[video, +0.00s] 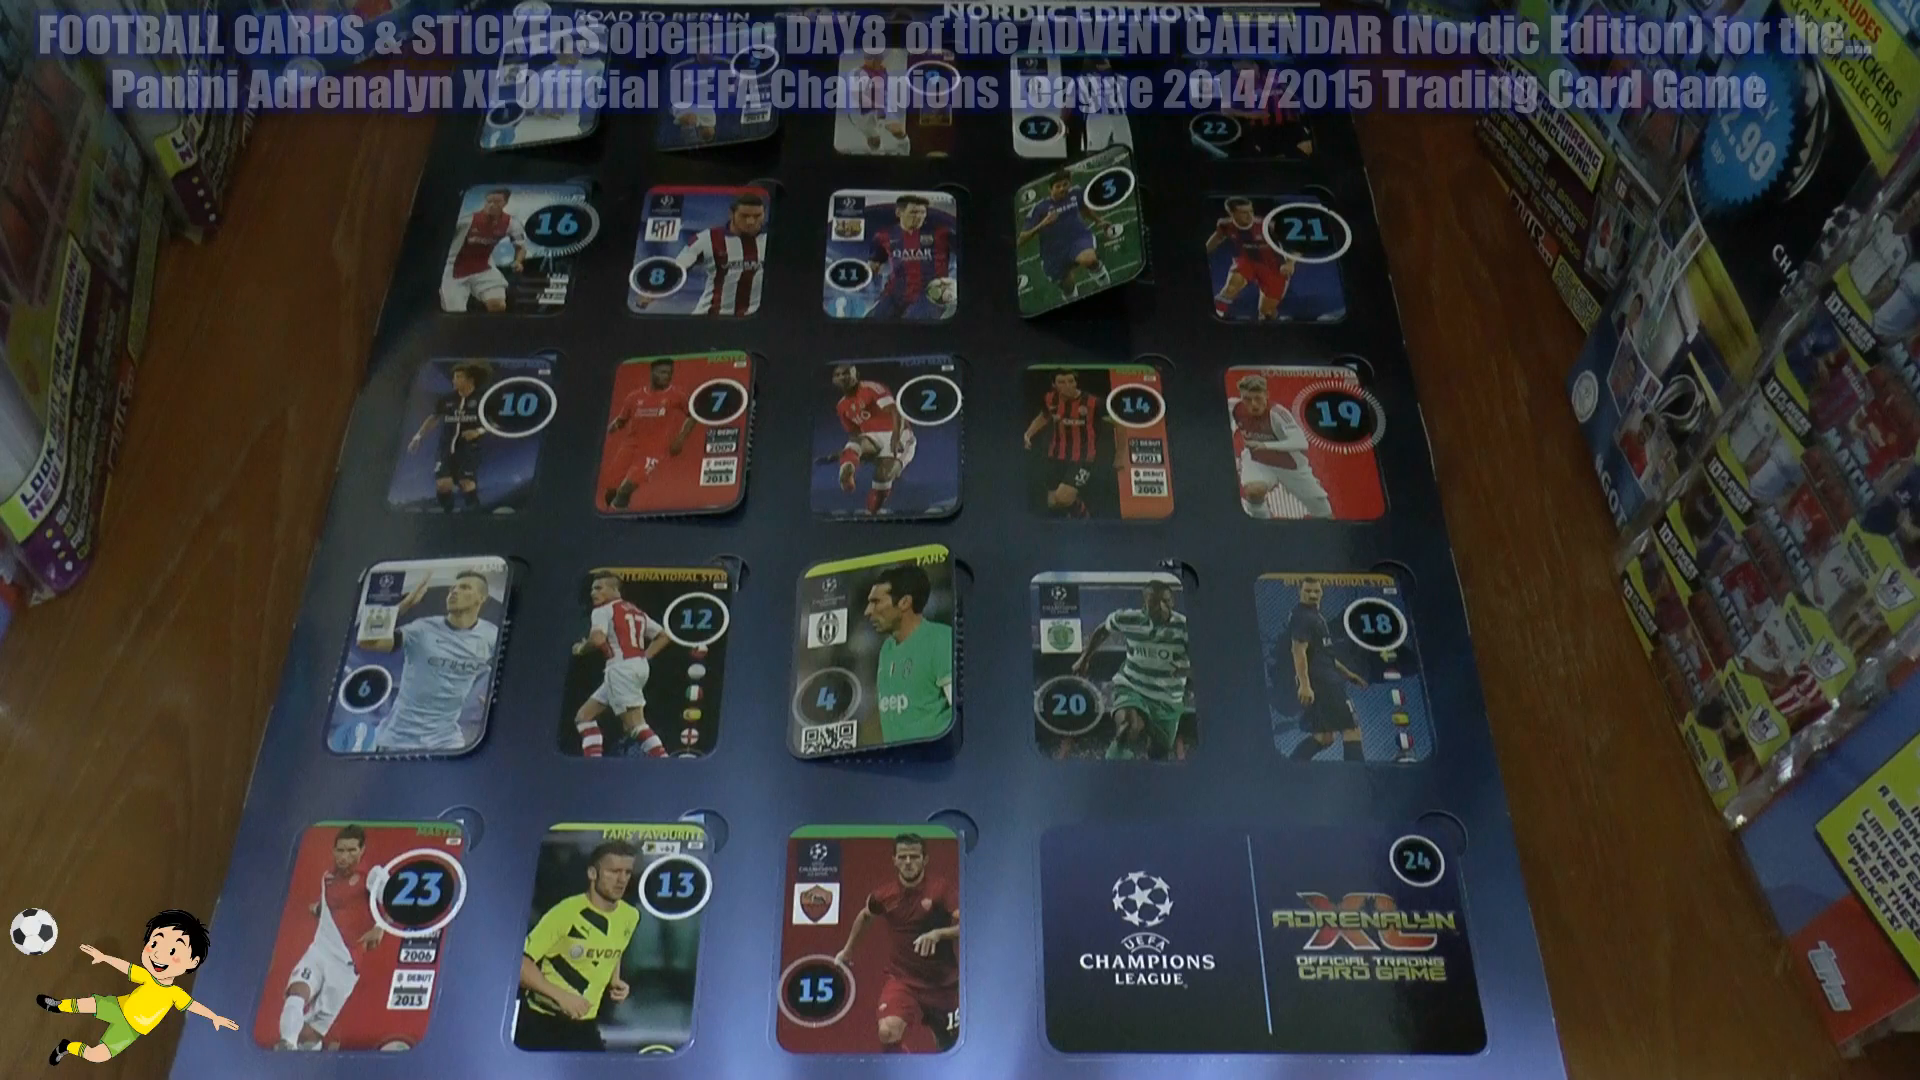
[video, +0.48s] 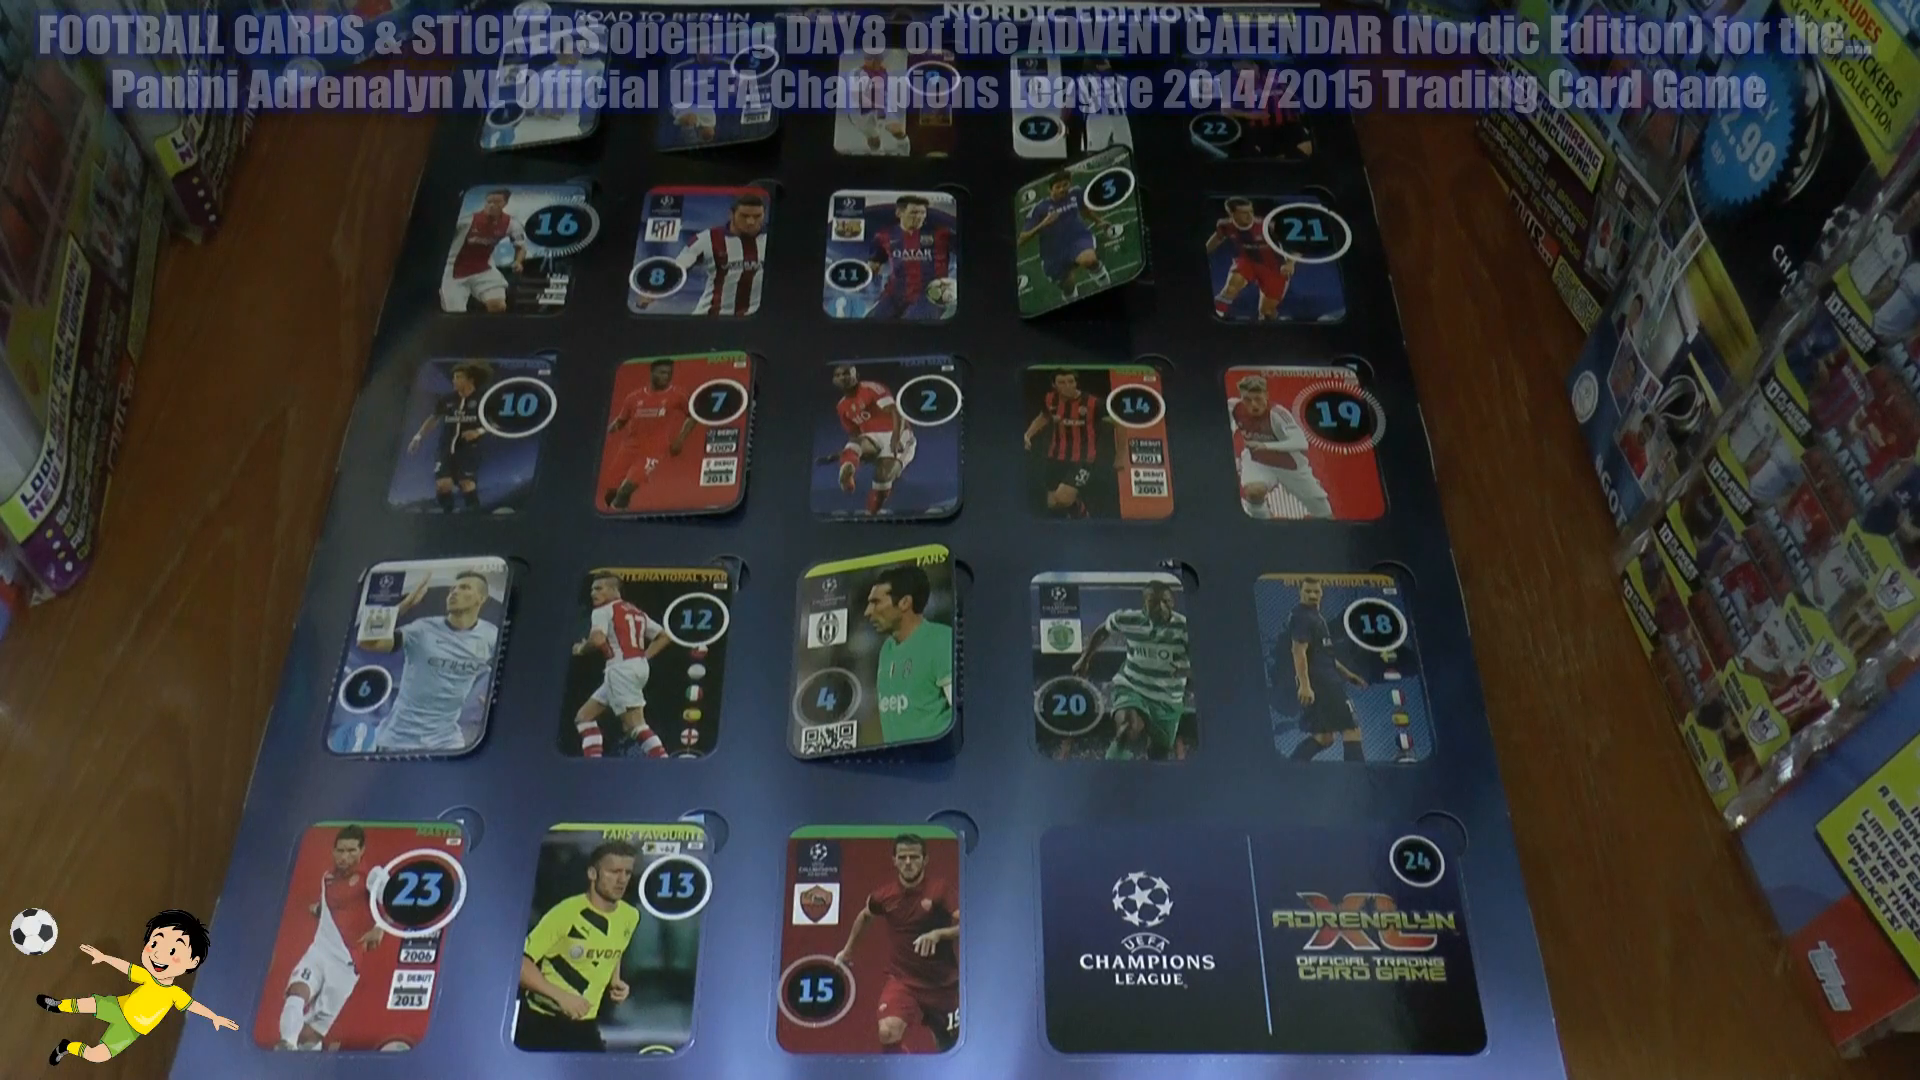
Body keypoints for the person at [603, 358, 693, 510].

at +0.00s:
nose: (666, 376)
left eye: (669, 373)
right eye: (662, 372)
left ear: (671, 375)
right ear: (652, 373)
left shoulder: (675, 396)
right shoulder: (635, 396)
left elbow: (693, 415)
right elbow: (622, 418)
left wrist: (679, 440)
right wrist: (614, 425)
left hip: (654, 449)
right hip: (630, 447)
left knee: (625, 489)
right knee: (610, 489)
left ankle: (612, 524)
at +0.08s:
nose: (665, 376)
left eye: (668, 373)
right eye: (662, 372)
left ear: (671, 375)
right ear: (652, 373)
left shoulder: (676, 396)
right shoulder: (635, 396)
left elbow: (693, 415)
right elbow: (622, 418)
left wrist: (679, 441)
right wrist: (614, 426)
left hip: (654, 449)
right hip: (630, 448)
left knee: (625, 489)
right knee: (610, 491)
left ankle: (613, 527)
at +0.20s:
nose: (665, 377)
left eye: (668, 373)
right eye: (662, 372)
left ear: (671, 375)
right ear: (652, 373)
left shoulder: (676, 397)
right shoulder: (634, 397)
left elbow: (693, 415)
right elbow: (622, 419)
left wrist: (679, 441)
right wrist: (614, 426)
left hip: (653, 450)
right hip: (629, 448)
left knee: (625, 490)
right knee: (610, 491)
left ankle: (611, 527)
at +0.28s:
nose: (665, 376)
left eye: (668, 373)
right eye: (662, 372)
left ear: (671, 375)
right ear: (652, 373)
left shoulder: (676, 396)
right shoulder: (635, 397)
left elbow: (693, 416)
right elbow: (621, 419)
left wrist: (679, 441)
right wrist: (612, 427)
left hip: (653, 450)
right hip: (629, 449)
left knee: (625, 490)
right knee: (610, 492)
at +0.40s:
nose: (665, 377)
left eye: (668, 373)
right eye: (661, 372)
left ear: (671, 375)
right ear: (652, 373)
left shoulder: (676, 396)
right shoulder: (635, 397)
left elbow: (693, 416)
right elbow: (621, 419)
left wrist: (679, 441)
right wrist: (613, 427)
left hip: (653, 450)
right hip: (629, 449)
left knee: (625, 490)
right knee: (610, 492)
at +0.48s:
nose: (665, 377)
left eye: (668, 373)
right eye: (662, 372)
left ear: (671, 375)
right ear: (652, 373)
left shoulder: (676, 396)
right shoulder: (634, 397)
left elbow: (693, 415)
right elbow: (622, 419)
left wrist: (679, 441)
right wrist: (614, 426)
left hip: (653, 451)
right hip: (629, 449)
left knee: (625, 490)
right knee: (610, 492)